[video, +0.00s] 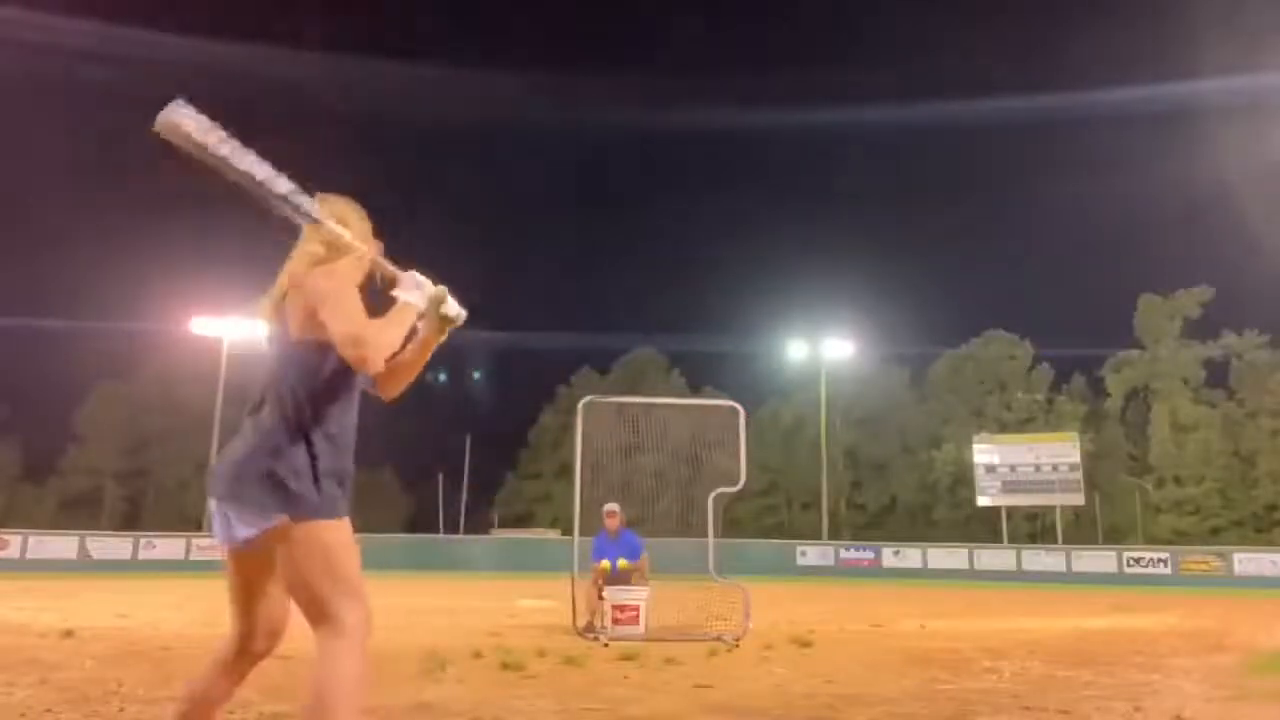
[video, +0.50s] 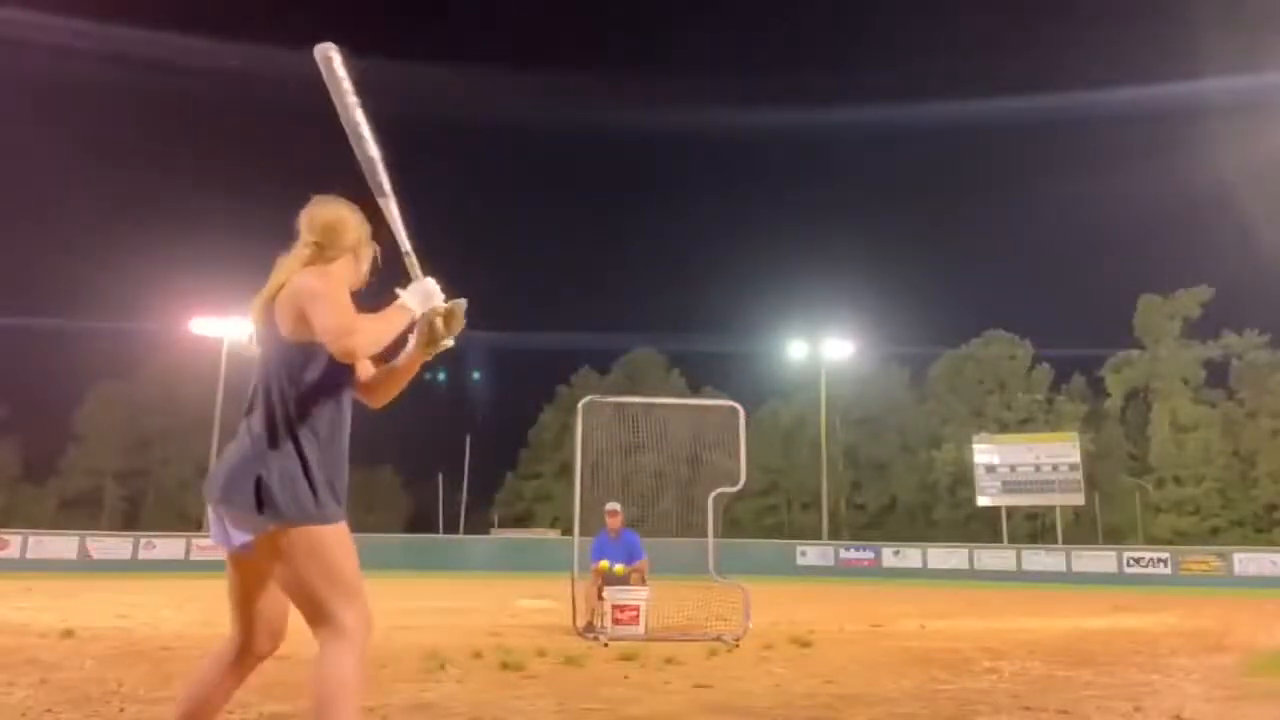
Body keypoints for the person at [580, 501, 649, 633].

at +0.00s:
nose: (611, 520)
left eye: (614, 516)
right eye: (608, 517)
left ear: (621, 518)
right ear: (603, 519)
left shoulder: (631, 538)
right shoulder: (599, 539)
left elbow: (643, 562)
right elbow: (595, 564)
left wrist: (628, 565)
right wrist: (602, 567)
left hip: (627, 576)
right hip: (607, 576)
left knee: (641, 581)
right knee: (592, 586)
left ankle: (638, 621)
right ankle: (591, 620)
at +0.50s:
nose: (612, 519)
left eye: (615, 515)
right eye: (609, 516)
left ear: (621, 517)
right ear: (605, 518)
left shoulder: (631, 537)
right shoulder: (600, 538)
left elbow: (642, 563)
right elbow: (594, 564)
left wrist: (627, 569)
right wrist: (601, 566)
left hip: (625, 573)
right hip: (607, 574)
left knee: (637, 576)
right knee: (593, 580)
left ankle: (636, 620)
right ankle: (590, 620)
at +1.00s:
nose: (612, 520)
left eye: (615, 515)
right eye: (608, 516)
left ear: (621, 517)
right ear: (604, 519)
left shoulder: (631, 537)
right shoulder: (599, 539)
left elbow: (640, 560)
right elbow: (593, 562)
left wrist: (625, 566)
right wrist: (600, 564)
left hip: (625, 572)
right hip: (606, 572)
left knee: (635, 573)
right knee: (593, 580)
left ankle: (635, 618)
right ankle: (590, 620)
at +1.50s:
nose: (599, 523)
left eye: (601, 519)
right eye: (595, 520)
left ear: (609, 518)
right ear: (593, 522)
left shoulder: (623, 537)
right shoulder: (595, 542)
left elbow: (640, 556)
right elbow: (591, 564)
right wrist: (597, 575)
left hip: (622, 573)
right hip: (603, 575)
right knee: (591, 587)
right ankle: (589, 622)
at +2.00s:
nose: (596, 525)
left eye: (598, 520)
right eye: (592, 522)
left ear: (606, 519)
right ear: (590, 524)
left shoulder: (620, 534)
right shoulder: (594, 544)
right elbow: (593, 568)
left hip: (625, 574)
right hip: (606, 575)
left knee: (631, 577)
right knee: (591, 581)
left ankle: (628, 621)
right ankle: (590, 622)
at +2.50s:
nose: (614, 522)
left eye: (617, 517)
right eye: (611, 518)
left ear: (623, 519)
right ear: (606, 520)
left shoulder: (633, 536)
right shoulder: (599, 539)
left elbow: (643, 554)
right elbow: (595, 563)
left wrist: (638, 559)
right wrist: (604, 563)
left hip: (627, 572)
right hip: (608, 572)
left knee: (632, 578)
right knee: (595, 580)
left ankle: (630, 619)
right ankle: (590, 621)